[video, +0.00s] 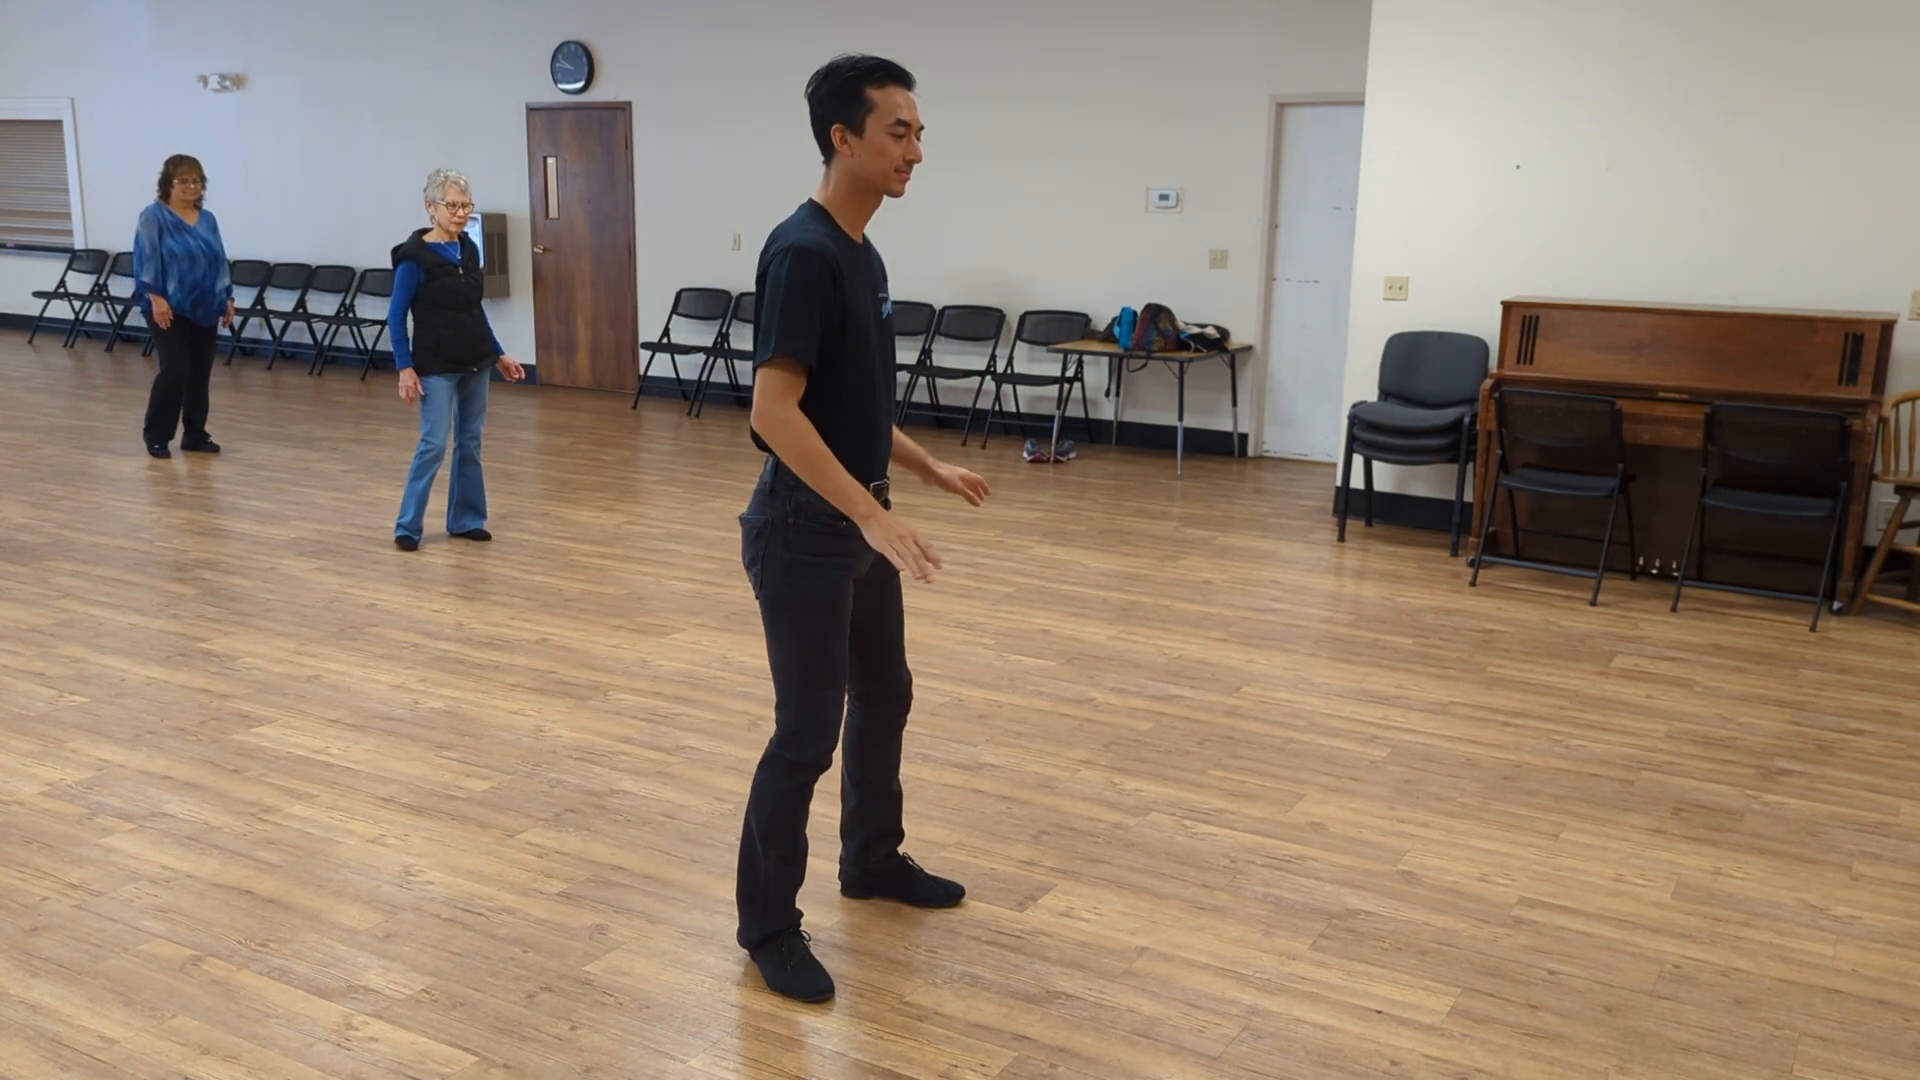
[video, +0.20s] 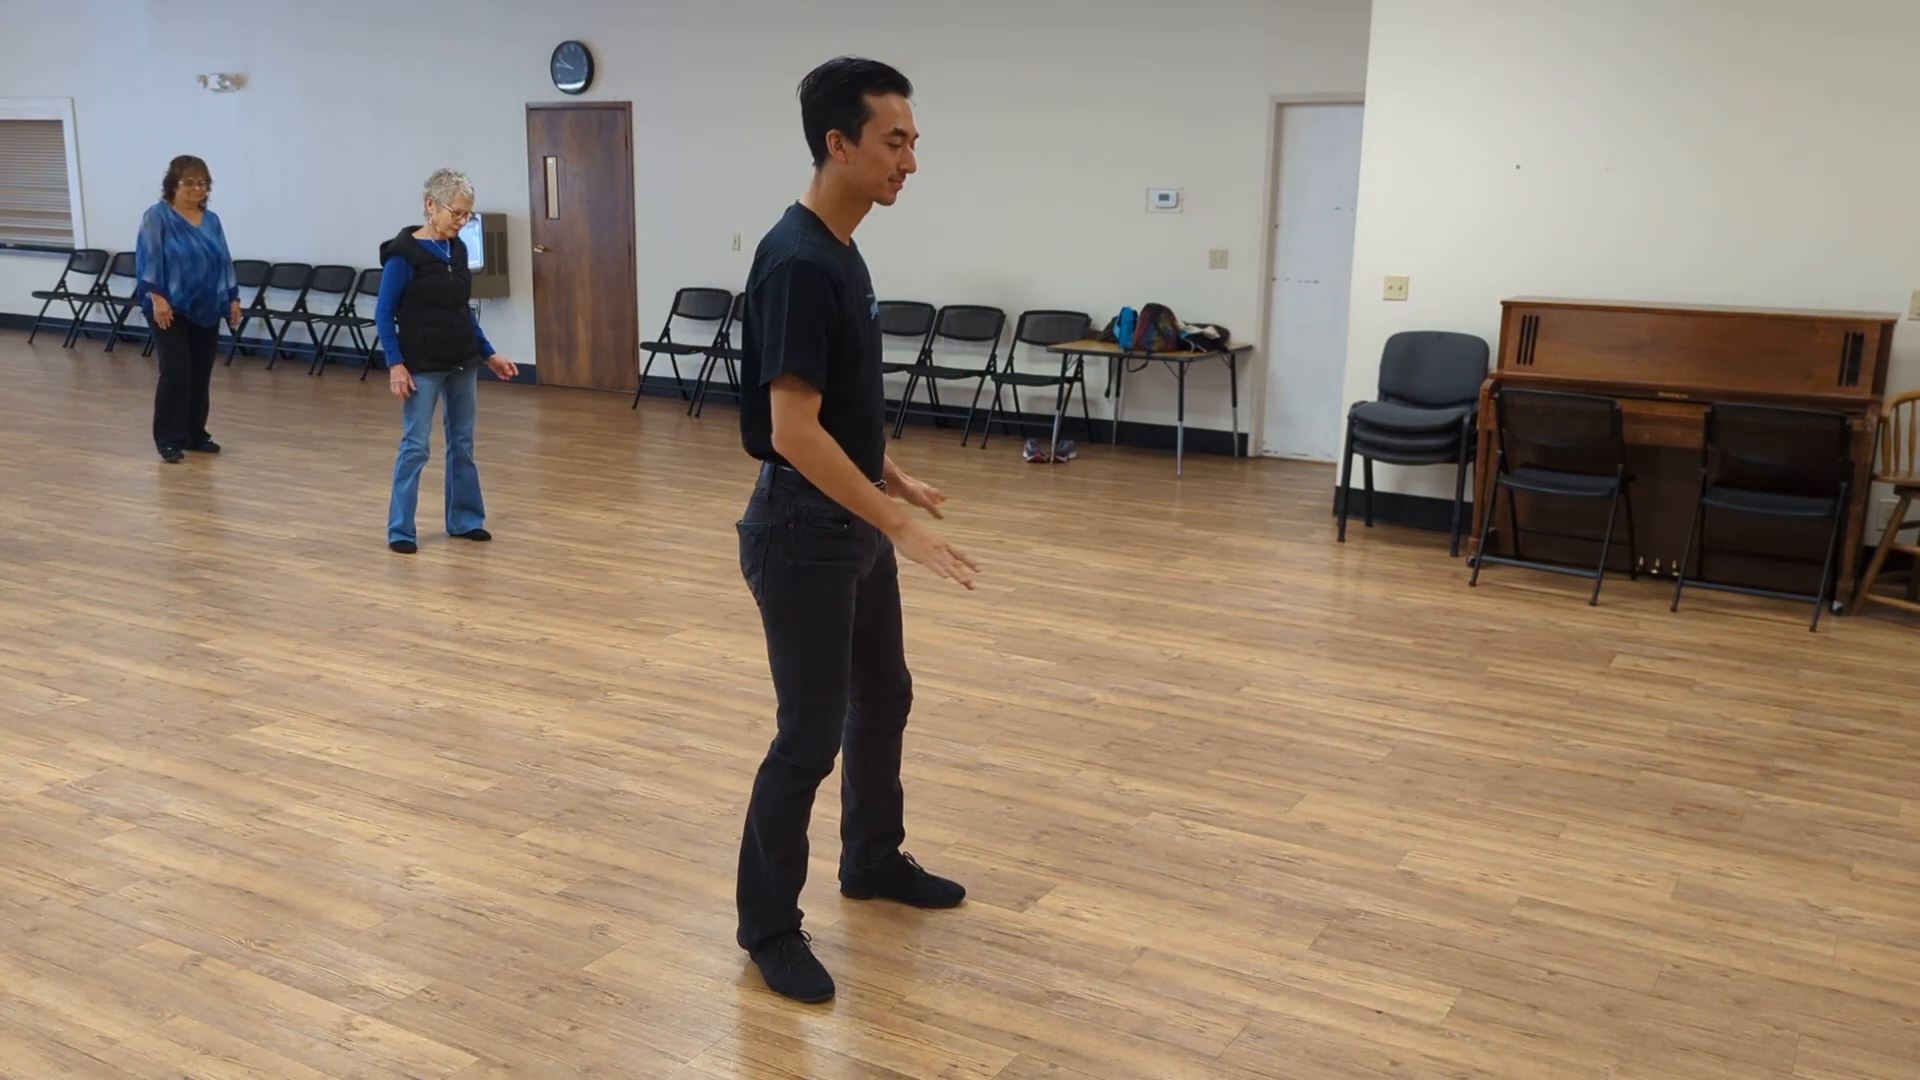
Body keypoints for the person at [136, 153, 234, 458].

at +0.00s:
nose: (193, 186)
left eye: (197, 181)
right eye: (185, 181)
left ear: (203, 184)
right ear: (169, 184)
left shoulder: (207, 218)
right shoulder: (153, 216)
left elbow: (220, 262)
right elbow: (147, 262)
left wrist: (227, 297)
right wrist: (156, 298)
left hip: (205, 308)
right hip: (169, 307)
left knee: (199, 372)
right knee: (175, 369)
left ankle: (194, 434)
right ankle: (156, 436)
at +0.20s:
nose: (199, 188)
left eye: (203, 183)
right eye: (191, 183)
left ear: (208, 186)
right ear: (175, 184)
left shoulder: (211, 219)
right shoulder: (158, 215)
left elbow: (225, 263)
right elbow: (149, 260)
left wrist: (233, 299)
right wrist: (157, 297)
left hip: (206, 310)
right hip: (170, 308)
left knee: (200, 374)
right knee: (176, 373)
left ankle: (195, 434)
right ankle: (168, 440)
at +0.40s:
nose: (199, 190)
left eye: (203, 185)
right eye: (192, 185)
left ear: (206, 187)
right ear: (174, 186)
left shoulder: (208, 219)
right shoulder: (155, 217)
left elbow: (223, 263)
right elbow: (149, 263)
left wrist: (232, 299)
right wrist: (158, 300)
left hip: (206, 311)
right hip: (172, 311)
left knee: (200, 376)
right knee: (178, 377)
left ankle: (196, 434)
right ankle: (173, 443)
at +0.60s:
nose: (194, 191)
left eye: (198, 186)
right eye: (187, 185)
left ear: (200, 187)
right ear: (168, 184)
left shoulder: (201, 216)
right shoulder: (150, 218)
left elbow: (215, 262)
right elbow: (147, 266)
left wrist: (224, 300)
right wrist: (159, 303)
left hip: (206, 309)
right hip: (172, 310)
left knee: (204, 374)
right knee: (178, 377)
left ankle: (200, 434)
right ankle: (173, 444)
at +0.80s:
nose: (193, 194)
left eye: (197, 188)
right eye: (186, 188)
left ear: (200, 188)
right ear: (167, 186)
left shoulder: (200, 216)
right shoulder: (150, 218)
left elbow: (214, 263)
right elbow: (147, 267)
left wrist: (225, 299)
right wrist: (159, 304)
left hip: (206, 308)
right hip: (171, 310)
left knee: (225, 366)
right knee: (177, 376)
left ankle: (213, 428)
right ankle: (174, 445)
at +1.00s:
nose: (202, 196)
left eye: (206, 190)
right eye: (195, 190)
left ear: (210, 190)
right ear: (177, 187)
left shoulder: (211, 218)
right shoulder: (159, 219)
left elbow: (226, 262)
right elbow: (153, 267)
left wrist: (236, 299)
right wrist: (161, 305)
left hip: (218, 311)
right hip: (182, 312)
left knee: (228, 378)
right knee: (183, 380)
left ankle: (241, 439)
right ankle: (175, 447)